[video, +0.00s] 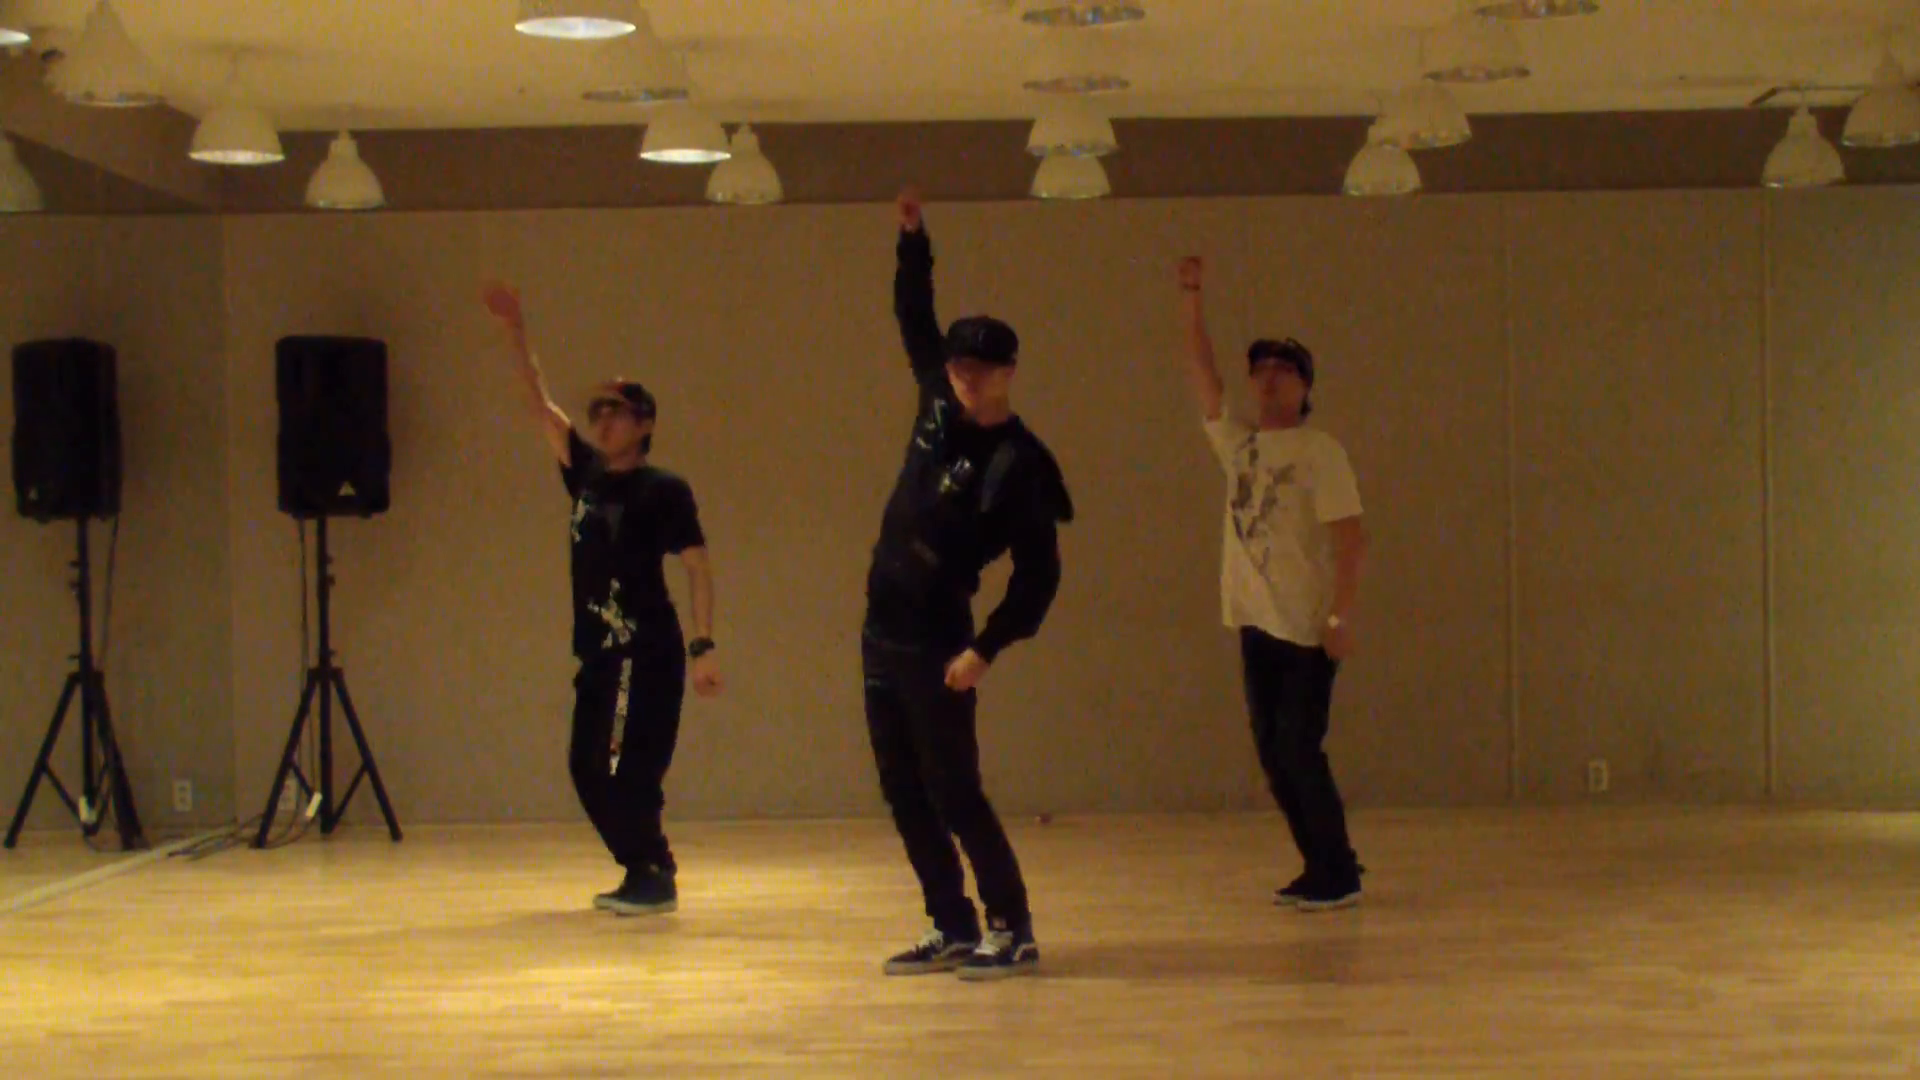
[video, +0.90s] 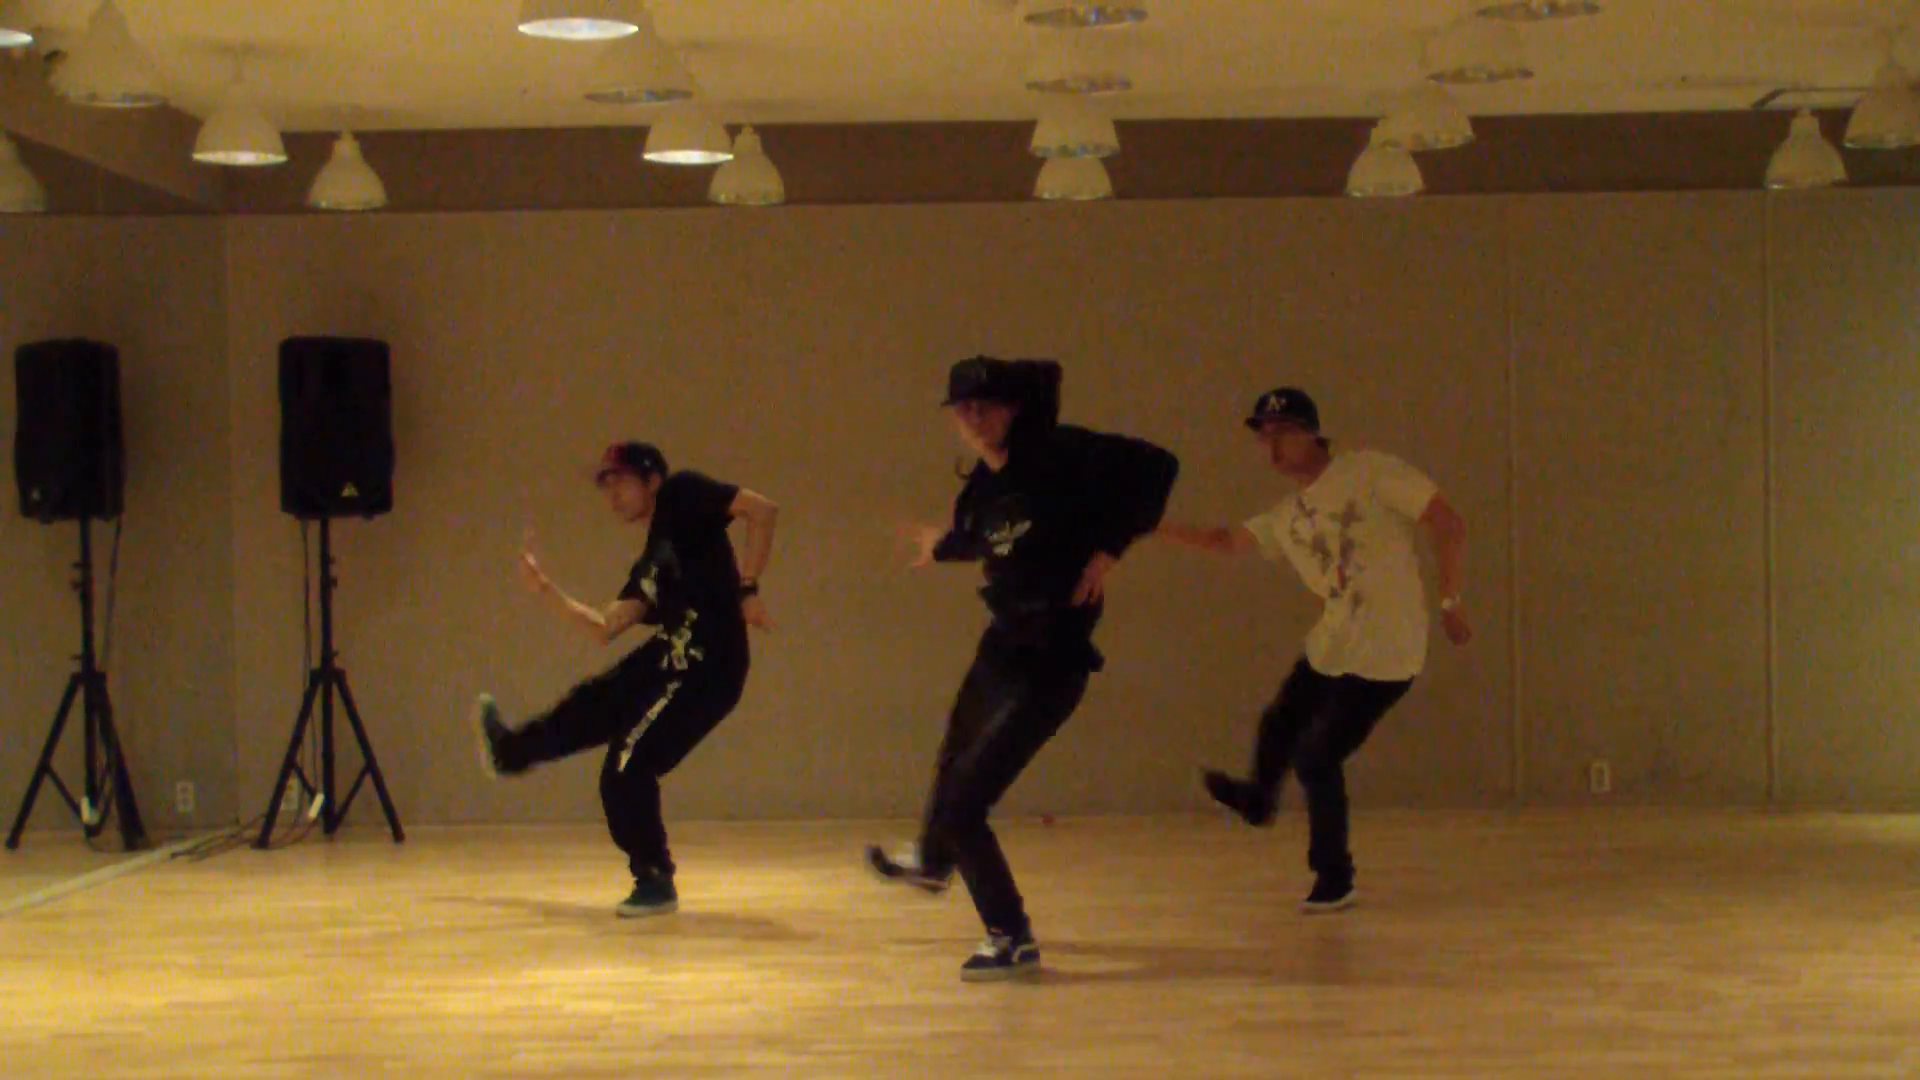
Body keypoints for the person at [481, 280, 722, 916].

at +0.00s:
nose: (603, 424)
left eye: (616, 415)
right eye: (600, 415)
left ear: (644, 428)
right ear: (594, 427)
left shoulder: (664, 491)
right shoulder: (587, 475)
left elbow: (698, 569)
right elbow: (541, 402)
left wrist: (703, 649)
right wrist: (515, 332)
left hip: (649, 652)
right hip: (600, 652)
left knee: (631, 764)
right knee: (587, 766)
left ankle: (652, 873)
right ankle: (642, 867)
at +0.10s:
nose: (610, 422)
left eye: (623, 413)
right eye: (607, 413)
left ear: (656, 427)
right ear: (608, 425)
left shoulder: (675, 491)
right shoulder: (598, 471)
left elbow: (700, 570)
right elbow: (541, 436)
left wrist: (705, 641)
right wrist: (533, 361)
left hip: (645, 646)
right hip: (598, 645)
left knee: (632, 765)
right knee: (588, 768)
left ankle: (655, 872)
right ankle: (643, 868)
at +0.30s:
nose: (630, 429)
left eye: (642, 420)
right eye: (627, 420)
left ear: (674, 428)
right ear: (626, 429)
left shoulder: (695, 495)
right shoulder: (613, 491)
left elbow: (707, 568)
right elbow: (578, 558)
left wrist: (714, 622)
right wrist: (577, 492)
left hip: (639, 635)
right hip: (590, 632)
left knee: (620, 760)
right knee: (585, 762)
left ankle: (653, 873)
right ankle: (639, 869)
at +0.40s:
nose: (604, 436)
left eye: (613, 425)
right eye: (600, 427)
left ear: (646, 425)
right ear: (599, 433)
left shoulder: (684, 484)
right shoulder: (605, 493)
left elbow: (711, 555)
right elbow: (606, 574)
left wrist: (715, 614)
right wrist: (578, 574)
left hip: (668, 629)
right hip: (614, 624)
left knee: (642, 745)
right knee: (547, 696)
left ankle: (654, 871)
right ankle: (606, 786)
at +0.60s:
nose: (582, 469)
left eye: (591, 458)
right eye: (578, 460)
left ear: (624, 456)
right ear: (578, 466)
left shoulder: (673, 492)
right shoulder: (608, 518)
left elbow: (731, 545)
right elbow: (627, 587)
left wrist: (735, 614)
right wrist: (605, 591)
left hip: (684, 643)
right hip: (638, 633)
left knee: (627, 746)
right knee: (557, 631)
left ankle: (654, 876)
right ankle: (597, 735)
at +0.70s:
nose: (589, 481)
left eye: (596, 469)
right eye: (584, 473)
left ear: (630, 465)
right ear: (594, 478)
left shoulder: (666, 486)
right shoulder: (637, 535)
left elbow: (736, 522)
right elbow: (603, 608)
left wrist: (741, 600)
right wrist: (581, 583)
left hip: (695, 648)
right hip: (648, 638)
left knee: (629, 758)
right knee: (553, 648)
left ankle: (654, 878)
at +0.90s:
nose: (612, 498)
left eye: (618, 485)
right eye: (606, 489)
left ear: (650, 479)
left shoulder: (685, 491)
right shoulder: (658, 558)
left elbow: (761, 509)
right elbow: (603, 627)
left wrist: (749, 588)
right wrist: (547, 589)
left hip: (711, 662)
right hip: (671, 653)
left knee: (629, 763)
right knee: (599, 704)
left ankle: (655, 879)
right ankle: (513, 751)